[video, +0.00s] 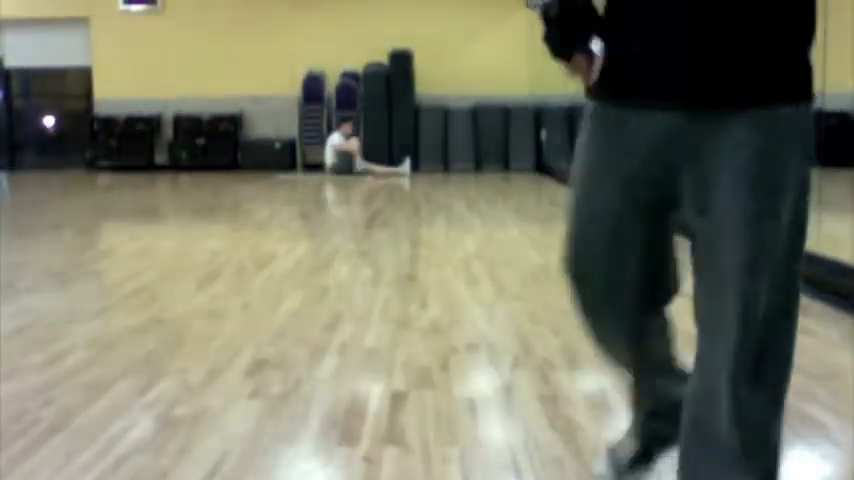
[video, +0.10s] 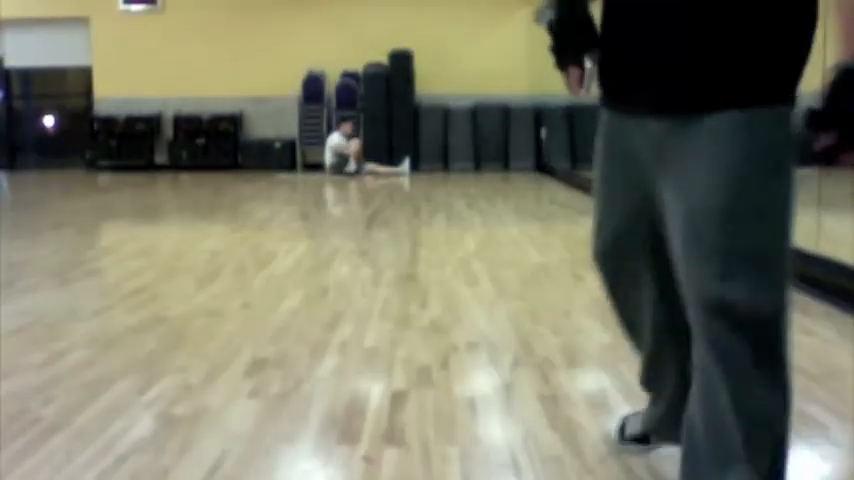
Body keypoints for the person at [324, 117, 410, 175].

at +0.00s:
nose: (350, 130)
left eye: (351, 127)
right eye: (348, 127)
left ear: (349, 128)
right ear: (342, 126)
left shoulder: (343, 138)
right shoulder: (335, 137)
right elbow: (341, 147)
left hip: (344, 166)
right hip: (336, 167)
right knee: (354, 141)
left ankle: (399, 171)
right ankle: (359, 164)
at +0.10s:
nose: (351, 128)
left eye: (351, 126)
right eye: (349, 126)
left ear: (350, 127)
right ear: (341, 126)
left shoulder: (344, 138)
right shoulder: (335, 138)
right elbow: (349, 151)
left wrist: (356, 146)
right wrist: (356, 142)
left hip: (346, 168)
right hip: (337, 170)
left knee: (372, 167)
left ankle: (399, 170)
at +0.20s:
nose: (351, 129)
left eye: (351, 126)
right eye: (349, 125)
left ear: (349, 127)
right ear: (342, 125)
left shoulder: (343, 136)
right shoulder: (335, 137)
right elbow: (350, 153)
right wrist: (358, 145)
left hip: (344, 165)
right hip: (336, 167)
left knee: (371, 165)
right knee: (356, 141)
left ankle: (399, 169)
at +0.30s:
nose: (350, 129)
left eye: (351, 126)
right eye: (348, 126)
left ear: (351, 128)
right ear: (341, 126)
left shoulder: (345, 138)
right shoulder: (336, 136)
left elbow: (347, 151)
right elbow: (340, 151)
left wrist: (358, 160)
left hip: (343, 164)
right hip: (335, 164)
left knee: (370, 165)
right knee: (357, 142)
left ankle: (399, 169)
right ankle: (353, 166)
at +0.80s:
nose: (349, 129)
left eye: (350, 126)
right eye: (347, 126)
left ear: (349, 128)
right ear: (340, 126)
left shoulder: (343, 138)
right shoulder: (336, 139)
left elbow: (346, 155)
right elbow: (340, 161)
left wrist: (354, 156)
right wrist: (353, 157)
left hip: (342, 166)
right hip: (334, 168)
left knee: (370, 166)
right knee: (360, 153)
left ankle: (400, 170)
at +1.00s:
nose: (349, 128)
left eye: (350, 125)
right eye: (347, 125)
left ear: (348, 127)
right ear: (341, 125)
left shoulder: (343, 138)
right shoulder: (336, 138)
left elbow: (344, 155)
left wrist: (354, 159)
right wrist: (352, 162)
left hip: (343, 166)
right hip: (336, 169)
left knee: (371, 165)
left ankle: (399, 169)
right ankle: (400, 170)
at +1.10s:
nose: (351, 127)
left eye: (352, 124)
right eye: (350, 124)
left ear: (347, 125)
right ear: (343, 124)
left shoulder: (342, 136)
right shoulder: (338, 136)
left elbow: (342, 153)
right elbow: (333, 151)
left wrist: (353, 162)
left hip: (342, 166)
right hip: (337, 169)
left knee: (371, 165)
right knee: (370, 166)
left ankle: (398, 169)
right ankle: (399, 170)